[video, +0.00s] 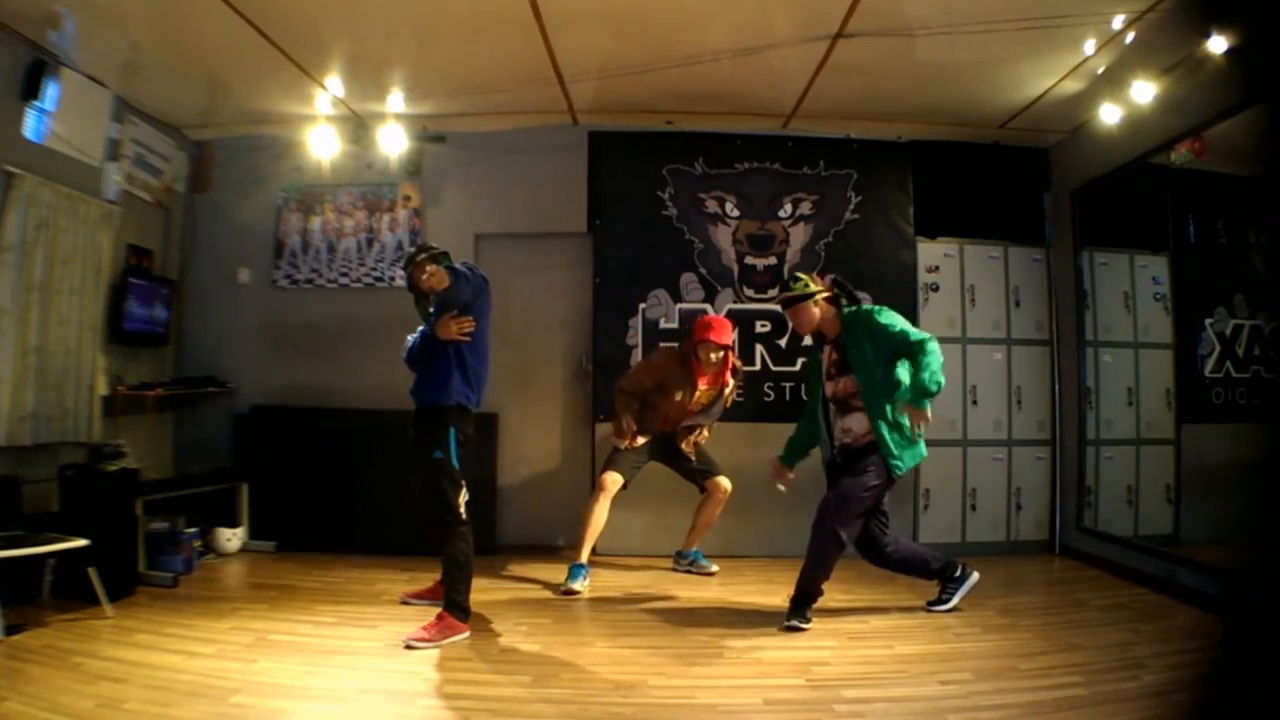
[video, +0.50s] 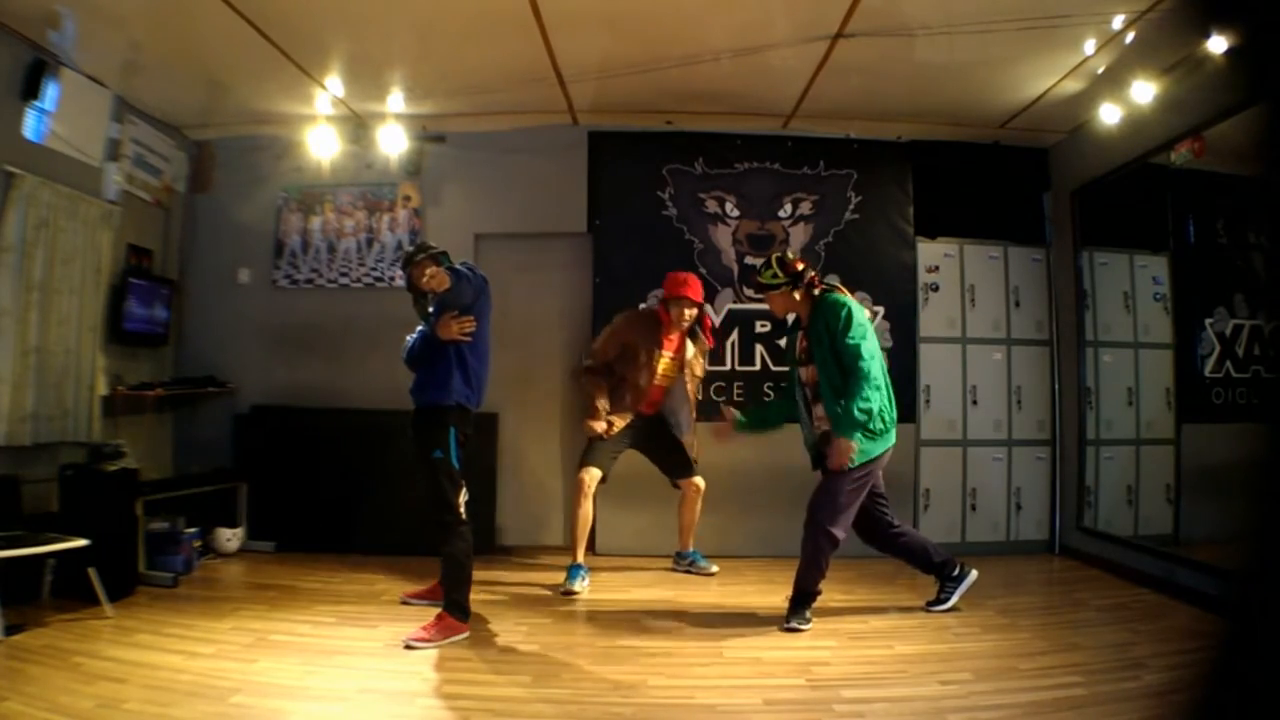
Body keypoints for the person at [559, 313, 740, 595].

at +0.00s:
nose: (714, 354)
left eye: (720, 349)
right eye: (708, 348)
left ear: (728, 350)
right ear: (695, 345)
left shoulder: (727, 376)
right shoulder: (667, 361)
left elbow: (717, 409)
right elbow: (626, 387)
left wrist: (702, 428)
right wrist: (626, 421)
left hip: (677, 440)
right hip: (640, 436)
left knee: (720, 487)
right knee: (607, 483)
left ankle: (687, 554)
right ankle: (580, 566)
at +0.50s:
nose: (686, 313)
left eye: (692, 307)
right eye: (680, 305)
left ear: (699, 310)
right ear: (665, 304)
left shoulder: (694, 345)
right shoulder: (633, 324)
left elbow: (691, 396)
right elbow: (594, 365)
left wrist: (690, 440)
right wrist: (599, 412)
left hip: (654, 422)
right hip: (618, 418)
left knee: (694, 485)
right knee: (586, 479)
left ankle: (685, 554)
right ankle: (577, 566)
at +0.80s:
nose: (669, 299)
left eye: (672, 293)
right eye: (664, 291)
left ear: (672, 292)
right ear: (644, 286)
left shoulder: (658, 321)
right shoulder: (608, 311)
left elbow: (656, 367)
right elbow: (597, 363)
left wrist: (663, 393)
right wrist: (625, 377)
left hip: (640, 413)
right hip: (606, 410)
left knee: (674, 476)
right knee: (600, 483)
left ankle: (678, 558)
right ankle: (579, 566)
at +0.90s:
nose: (666, 294)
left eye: (670, 288)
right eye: (661, 286)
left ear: (669, 288)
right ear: (642, 281)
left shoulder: (648, 314)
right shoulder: (611, 312)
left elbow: (644, 369)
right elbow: (623, 374)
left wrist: (674, 379)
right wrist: (672, 377)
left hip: (637, 416)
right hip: (607, 416)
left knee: (671, 478)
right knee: (604, 485)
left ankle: (676, 559)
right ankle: (579, 567)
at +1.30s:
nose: (674, 286)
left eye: (681, 281)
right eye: (669, 278)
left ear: (687, 285)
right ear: (655, 277)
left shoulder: (681, 321)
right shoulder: (633, 305)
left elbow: (684, 366)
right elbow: (654, 353)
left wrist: (701, 394)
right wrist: (697, 368)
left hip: (667, 414)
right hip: (630, 411)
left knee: (707, 478)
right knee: (607, 486)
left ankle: (690, 551)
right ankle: (578, 566)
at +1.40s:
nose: (687, 283)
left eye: (692, 276)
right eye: (680, 275)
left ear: (698, 282)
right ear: (664, 278)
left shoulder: (699, 324)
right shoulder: (641, 313)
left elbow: (711, 368)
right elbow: (658, 363)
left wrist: (716, 402)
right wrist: (697, 400)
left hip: (680, 417)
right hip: (639, 416)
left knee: (711, 485)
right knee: (609, 486)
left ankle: (695, 552)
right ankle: (578, 566)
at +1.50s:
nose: (692, 273)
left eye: (696, 266)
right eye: (684, 267)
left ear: (704, 273)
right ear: (672, 274)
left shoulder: (712, 323)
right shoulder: (652, 312)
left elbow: (722, 378)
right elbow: (652, 370)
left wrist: (728, 428)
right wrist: (667, 420)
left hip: (693, 418)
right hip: (649, 414)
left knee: (714, 487)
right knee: (618, 486)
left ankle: (693, 555)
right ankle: (584, 563)